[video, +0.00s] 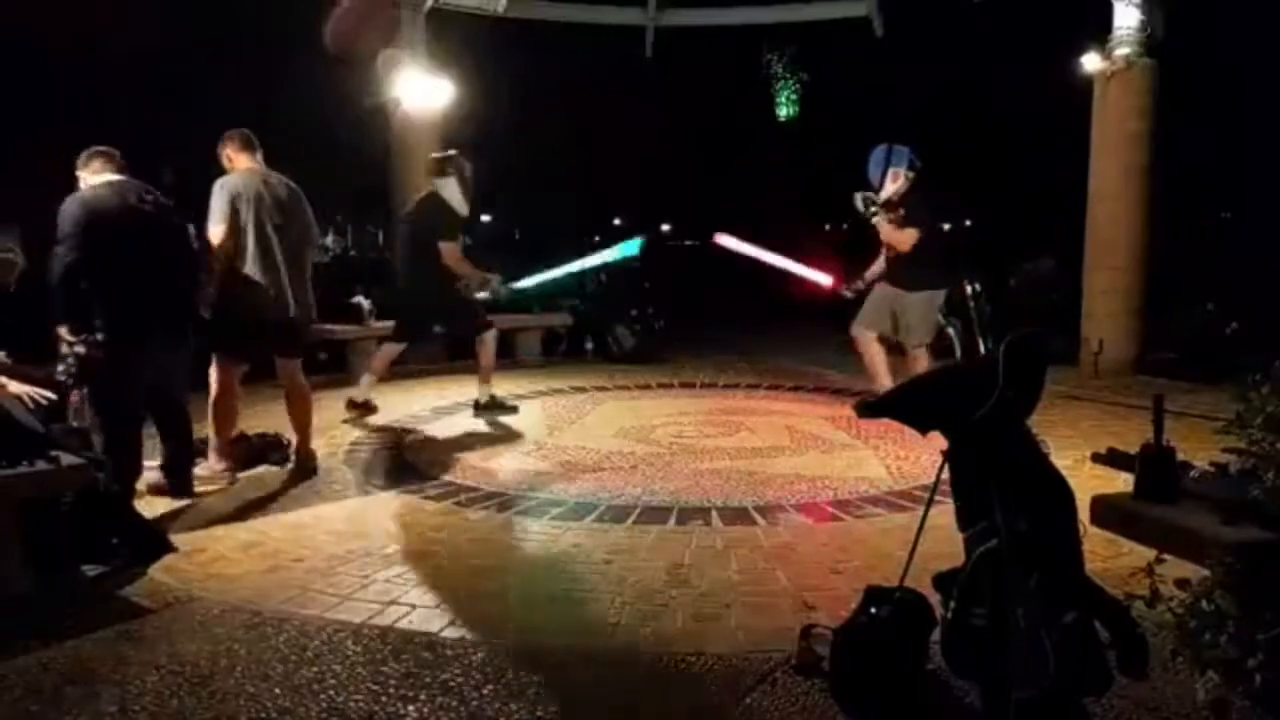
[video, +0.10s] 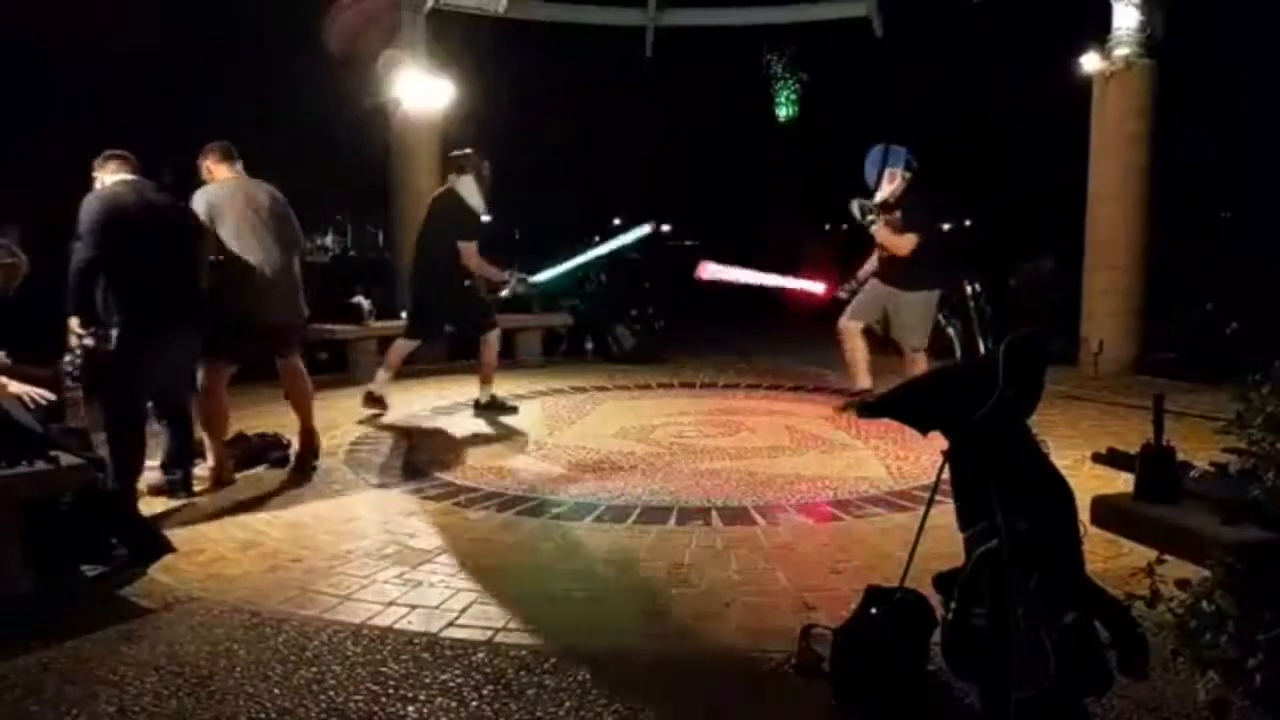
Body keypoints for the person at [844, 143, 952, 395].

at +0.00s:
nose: (883, 187)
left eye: (886, 179)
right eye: (882, 180)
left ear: (900, 175)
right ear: (887, 177)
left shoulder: (921, 202)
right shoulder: (894, 204)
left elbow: (906, 242)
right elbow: (888, 254)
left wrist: (876, 218)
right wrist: (863, 281)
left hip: (924, 286)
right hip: (894, 282)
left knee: (916, 347)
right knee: (863, 332)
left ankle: (921, 401)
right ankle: (887, 394)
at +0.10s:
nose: (880, 187)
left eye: (884, 180)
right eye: (878, 180)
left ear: (899, 176)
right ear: (877, 177)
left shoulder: (919, 204)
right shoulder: (888, 205)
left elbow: (904, 247)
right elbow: (882, 252)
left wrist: (873, 224)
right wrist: (856, 282)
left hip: (918, 288)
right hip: (885, 281)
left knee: (914, 352)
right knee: (849, 325)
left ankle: (920, 407)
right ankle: (863, 391)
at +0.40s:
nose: (844, 192)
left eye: (848, 184)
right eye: (841, 185)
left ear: (862, 180)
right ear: (841, 182)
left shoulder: (883, 209)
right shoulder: (848, 213)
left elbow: (894, 249)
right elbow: (847, 257)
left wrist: (861, 265)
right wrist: (819, 282)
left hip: (895, 294)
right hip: (859, 290)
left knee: (896, 357)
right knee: (836, 342)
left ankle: (913, 409)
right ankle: (827, 406)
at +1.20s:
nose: (836, 186)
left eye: (842, 179)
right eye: (831, 179)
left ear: (850, 180)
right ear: (822, 179)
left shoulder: (865, 205)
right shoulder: (828, 210)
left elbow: (874, 250)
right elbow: (833, 254)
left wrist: (832, 237)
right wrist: (797, 267)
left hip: (875, 290)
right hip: (839, 287)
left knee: (879, 355)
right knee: (816, 344)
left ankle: (914, 417)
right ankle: (799, 412)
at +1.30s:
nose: (814, 191)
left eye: (818, 184)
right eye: (811, 184)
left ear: (830, 183)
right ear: (805, 184)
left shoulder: (851, 206)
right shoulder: (807, 217)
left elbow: (873, 250)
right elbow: (797, 260)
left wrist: (831, 263)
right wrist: (759, 266)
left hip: (868, 293)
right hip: (829, 292)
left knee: (877, 356)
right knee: (807, 347)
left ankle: (911, 417)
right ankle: (795, 414)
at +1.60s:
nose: (815, 197)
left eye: (820, 189)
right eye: (810, 190)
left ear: (830, 188)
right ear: (801, 191)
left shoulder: (846, 211)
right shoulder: (806, 224)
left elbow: (863, 257)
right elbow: (803, 271)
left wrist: (833, 286)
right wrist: (775, 297)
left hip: (872, 296)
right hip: (833, 298)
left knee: (879, 358)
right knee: (810, 347)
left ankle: (920, 412)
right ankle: (797, 414)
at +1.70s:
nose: (826, 193)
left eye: (830, 185)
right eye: (823, 186)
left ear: (843, 184)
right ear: (819, 187)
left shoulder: (863, 209)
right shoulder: (825, 219)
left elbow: (877, 258)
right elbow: (832, 259)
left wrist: (838, 280)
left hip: (883, 294)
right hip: (848, 294)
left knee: (887, 360)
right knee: (823, 349)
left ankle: (926, 412)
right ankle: (800, 413)